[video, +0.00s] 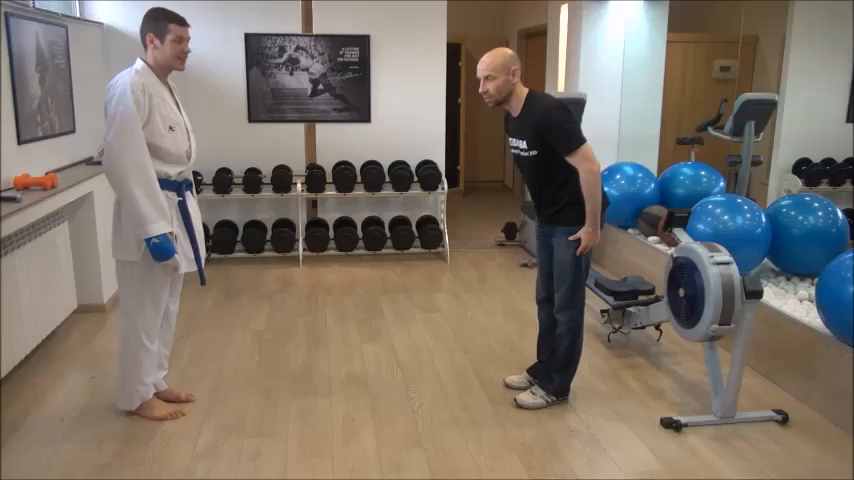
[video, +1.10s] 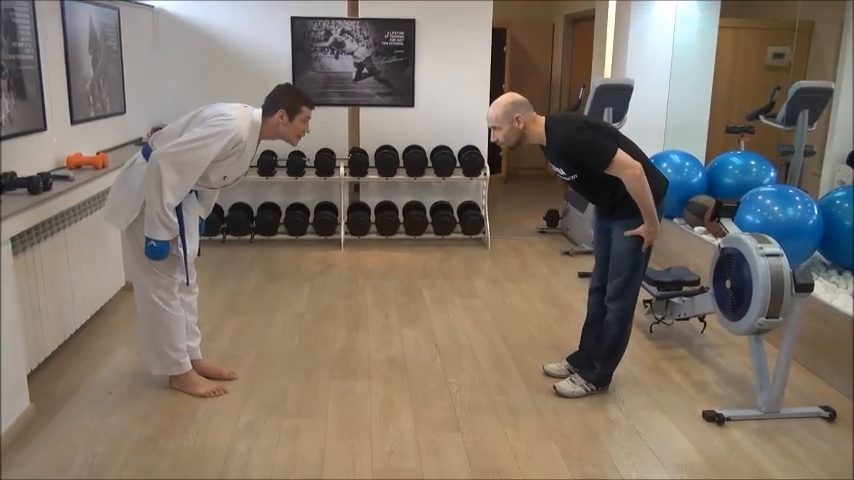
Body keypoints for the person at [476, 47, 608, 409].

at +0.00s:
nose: (482, 88)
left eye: (488, 79)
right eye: (479, 81)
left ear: (514, 75)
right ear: (484, 80)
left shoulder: (548, 112)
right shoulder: (512, 118)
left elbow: (589, 165)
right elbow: (539, 169)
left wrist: (591, 225)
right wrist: (543, 213)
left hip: (572, 224)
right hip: (545, 220)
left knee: (566, 308)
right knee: (546, 302)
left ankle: (557, 387)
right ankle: (544, 372)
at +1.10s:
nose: (493, 137)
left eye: (496, 129)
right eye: (491, 130)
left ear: (519, 121)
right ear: (520, 121)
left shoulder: (571, 135)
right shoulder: (549, 139)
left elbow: (633, 170)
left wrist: (651, 221)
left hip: (633, 210)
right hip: (607, 207)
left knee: (617, 297)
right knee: (599, 290)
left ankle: (598, 377)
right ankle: (584, 361)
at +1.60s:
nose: (521, 71)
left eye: (528, 65)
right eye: (522, 64)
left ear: (554, 67)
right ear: (552, 68)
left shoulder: (592, 101)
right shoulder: (565, 105)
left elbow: (638, 153)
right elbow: (595, 155)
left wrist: (645, 212)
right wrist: (601, 198)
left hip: (630, 208)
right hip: (605, 203)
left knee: (622, 293)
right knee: (603, 285)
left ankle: (610, 374)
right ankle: (596, 358)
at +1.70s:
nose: (540, 48)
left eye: (548, 42)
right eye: (543, 41)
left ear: (574, 48)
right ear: (570, 49)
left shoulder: (602, 89)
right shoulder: (572, 89)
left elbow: (638, 149)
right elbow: (591, 148)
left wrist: (639, 209)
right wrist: (591, 199)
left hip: (625, 207)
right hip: (599, 204)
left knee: (619, 293)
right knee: (600, 287)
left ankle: (612, 375)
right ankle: (598, 359)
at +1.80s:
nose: (561, 33)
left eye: (569, 27)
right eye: (564, 27)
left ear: (595, 36)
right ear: (589, 37)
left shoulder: (612, 80)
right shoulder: (582, 79)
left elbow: (638, 147)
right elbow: (593, 144)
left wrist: (632, 208)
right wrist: (587, 200)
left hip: (616, 208)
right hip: (592, 204)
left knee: (615, 294)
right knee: (595, 288)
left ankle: (614, 376)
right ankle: (598, 361)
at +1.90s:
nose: (576, 32)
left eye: (585, 26)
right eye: (579, 25)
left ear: (609, 35)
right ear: (604, 35)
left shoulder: (619, 81)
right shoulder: (590, 81)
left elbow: (637, 152)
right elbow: (593, 147)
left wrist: (625, 211)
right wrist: (583, 199)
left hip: (612, 211)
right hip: (587, 206)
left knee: (611, 299)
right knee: (582, 287)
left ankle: (614, 381)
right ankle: (596, 364)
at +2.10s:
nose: (584, 55)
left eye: (592, 49)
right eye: (586, 48)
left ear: (617, 58)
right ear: (608, 58)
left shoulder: (622, 106)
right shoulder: (595, 103)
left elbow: (633, 176)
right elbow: (593, 168)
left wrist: (616, 237)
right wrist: (580, 221)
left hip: (607, 235)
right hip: (580, 228)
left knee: (608, 325)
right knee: (557, 297)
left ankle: (614, 405)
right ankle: (580, 384)